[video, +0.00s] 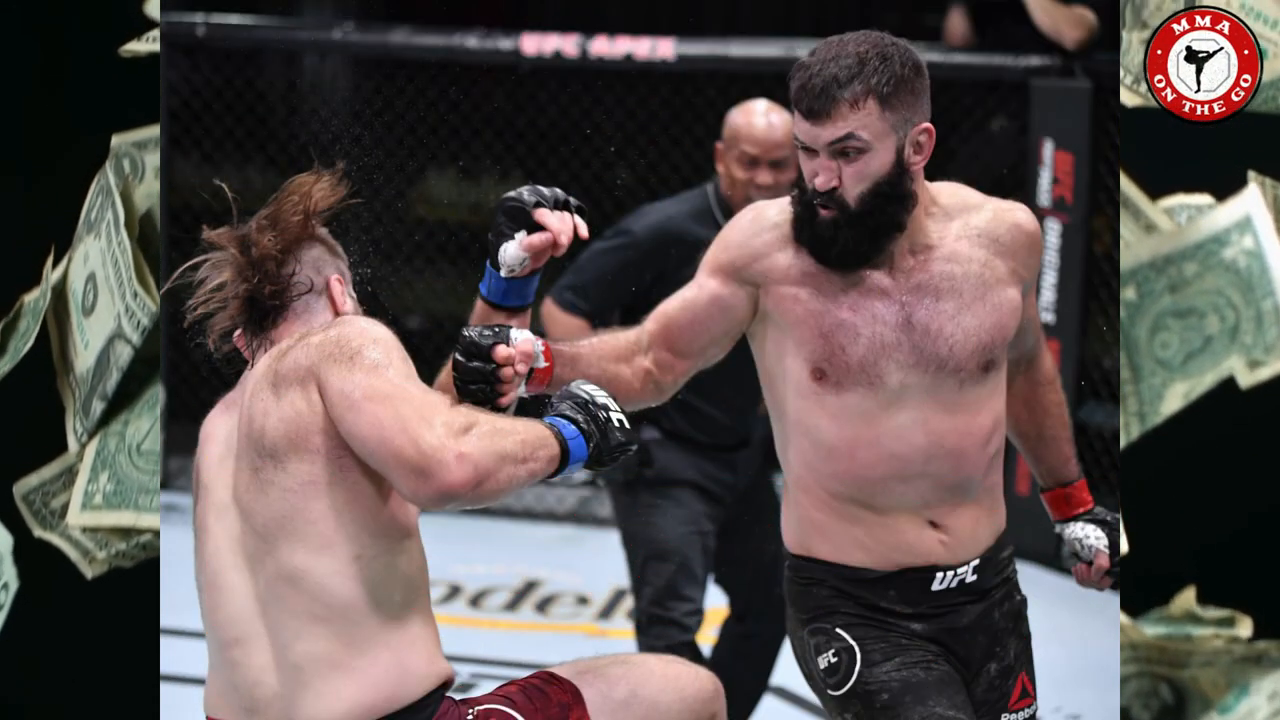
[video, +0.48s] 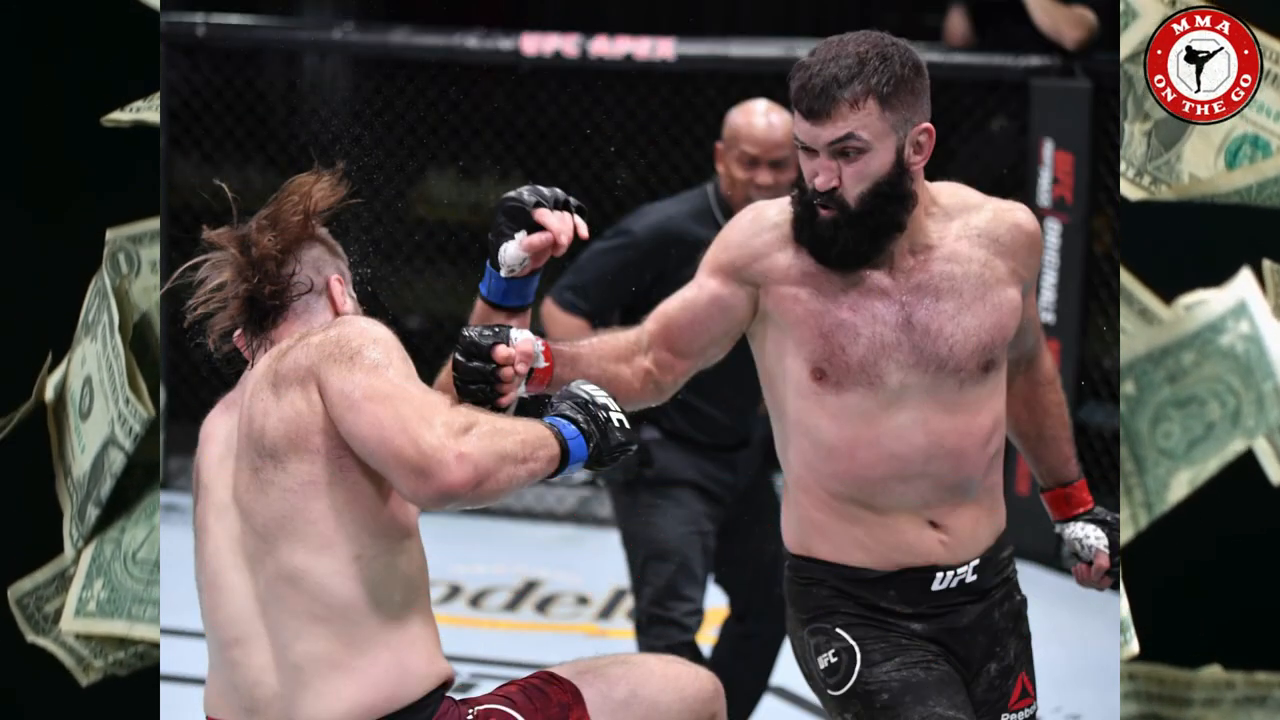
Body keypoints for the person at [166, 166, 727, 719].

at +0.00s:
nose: (365, 311)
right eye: (358, 293)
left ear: (243, 344)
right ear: (341, 291)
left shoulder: (218, 426)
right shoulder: (344, 346)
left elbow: (443, 433)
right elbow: (447, 467)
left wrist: (509, 283)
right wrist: (576, 431)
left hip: (242, 712)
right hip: (397, 708)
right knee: (691, 687)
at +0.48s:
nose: (365, 312)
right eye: (358, 294)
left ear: (243, 345)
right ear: (340, 291)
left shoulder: (218, 426)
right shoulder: (344, 347)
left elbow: (443, 432)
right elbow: (447, 466)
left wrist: (509, 283)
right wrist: (576, 431)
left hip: (241, 714)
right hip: (397, 709)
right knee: (691, 688)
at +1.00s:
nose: (363, 308)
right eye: (356, 290)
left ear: (243, 346)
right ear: (340, 290)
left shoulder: (217, 427)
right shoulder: (344, 346)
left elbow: (445, 428)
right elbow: (446, 467)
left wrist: (509, 282)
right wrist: (576, 431)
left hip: (238, 713)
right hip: (396, 709)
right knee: (691, 687)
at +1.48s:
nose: (364, 308)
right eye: (356, 291)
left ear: (242, 344)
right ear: (339, 291)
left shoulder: (217, 427)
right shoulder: (344, 346)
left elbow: (442, 432)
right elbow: (446, 467)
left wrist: (508, 284)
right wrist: (576, 431)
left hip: (239, 714)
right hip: (396, 710)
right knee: (691, 688)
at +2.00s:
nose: (363, 308)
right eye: (355, 290)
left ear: (243, 345)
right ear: (340, 291)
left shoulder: (216, 428)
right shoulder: (343, 347)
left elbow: (446, 427)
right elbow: (447, 467)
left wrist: (508, 283)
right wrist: (577, 430)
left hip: (238, 713)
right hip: (396, 709)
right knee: (691, 687)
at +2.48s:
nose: (364, 309)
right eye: (356, 292)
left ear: (242, 343)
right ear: (340, 292)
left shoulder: (216, 427)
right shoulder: (344, 346)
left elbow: (443, 428)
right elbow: (447, 467)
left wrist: (508, 283)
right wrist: (576, 431)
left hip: (239, 714)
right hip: (396, 710)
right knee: (692, 688)